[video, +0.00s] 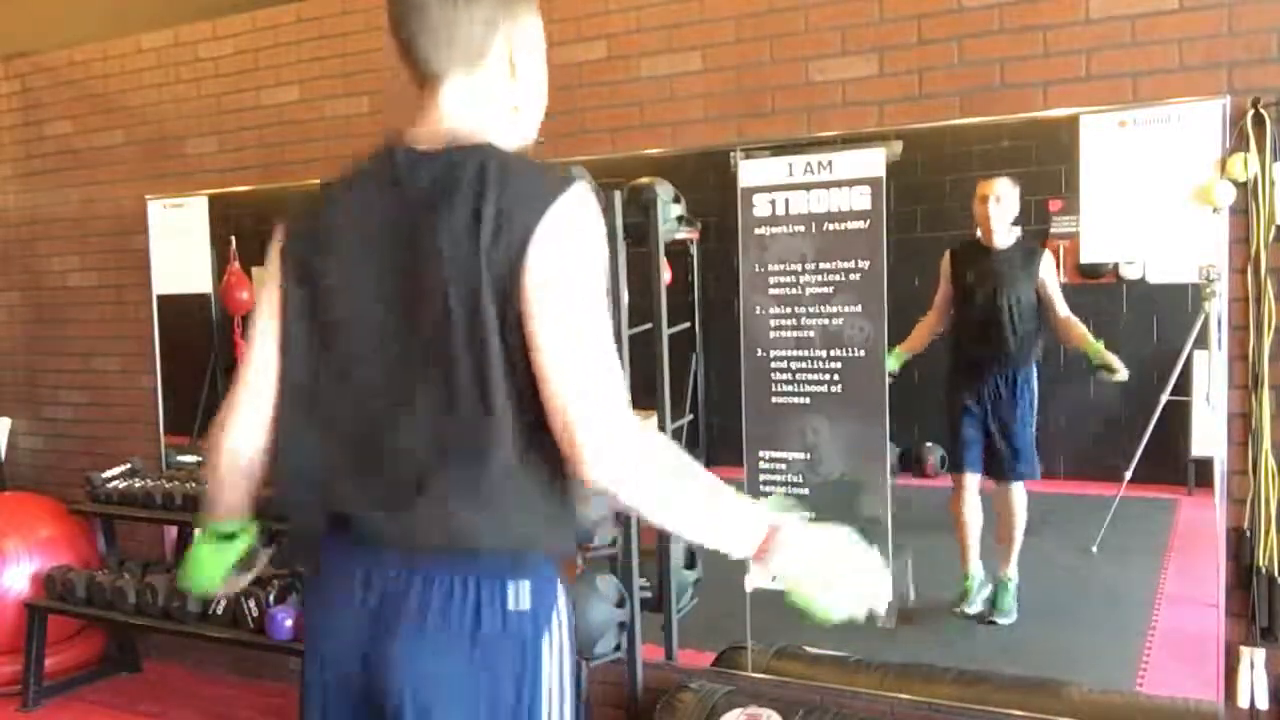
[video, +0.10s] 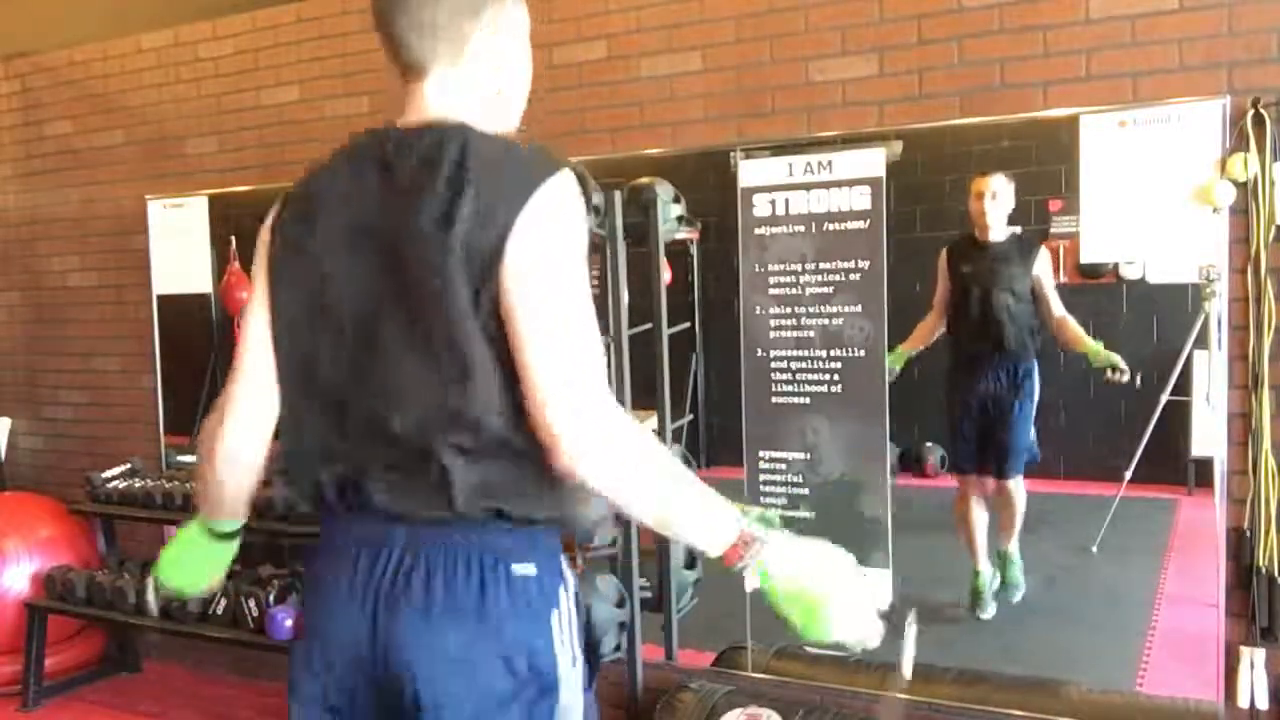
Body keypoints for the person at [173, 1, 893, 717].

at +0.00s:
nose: (545, 83)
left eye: (542, 56)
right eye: (541, 56)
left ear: (412, 62)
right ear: (513, 61)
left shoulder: (312, 223)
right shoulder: (543, 201)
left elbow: (241, 438)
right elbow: (601, 444)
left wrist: (219, 531)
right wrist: (775, 540)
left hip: (339, 595)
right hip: (488, 607)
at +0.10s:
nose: (530, 67)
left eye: (527, 44)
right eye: (526, 43)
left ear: (399, 53)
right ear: (499, 44)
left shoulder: (296, 212)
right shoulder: (527, 187)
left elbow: (240, 428)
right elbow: (580, 435)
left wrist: (213, 527)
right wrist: (761, 550)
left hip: (341, 572)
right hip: (492, 581)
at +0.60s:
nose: (514, 142)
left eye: (508, 116)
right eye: (508, 115)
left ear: (382, 128)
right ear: (482, 118)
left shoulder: (295, 280)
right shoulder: (507, 257)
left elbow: (224, 514)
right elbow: (583, 505)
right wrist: (777, 516)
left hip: (354, 642)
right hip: (501, 644)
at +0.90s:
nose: (544, 78)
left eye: (541, 52)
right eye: (539, 52)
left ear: (414, 54)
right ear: (512, 47)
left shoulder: (310, 219)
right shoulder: (541, 186)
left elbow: (260, 434)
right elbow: (603, 435)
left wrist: (237, 534)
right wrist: (779, 555)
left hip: (364, 584)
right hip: (517, 590)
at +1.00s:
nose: (557, 137)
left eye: (549, 115)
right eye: (551, 114)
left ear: (417, 127)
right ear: (525, 117)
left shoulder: (325, 279)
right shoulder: (556, 267)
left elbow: (261, 506)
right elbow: (627, 506)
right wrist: (829, 529)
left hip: (381, 644)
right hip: (533, 647)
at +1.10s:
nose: (562, 155)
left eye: (556, 135)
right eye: (557, 134)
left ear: (428, 145)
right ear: (535, 140)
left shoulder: (333, 309)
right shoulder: (572, 293)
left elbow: (261, 511)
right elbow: (669, 523)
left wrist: (359, 429)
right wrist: (857, 503)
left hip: (372, 678)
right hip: (531, 683)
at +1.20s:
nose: (560, 72)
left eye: (555, 49)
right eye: (554, 48)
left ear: (429, 60)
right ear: (526, 52)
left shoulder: (329, 236)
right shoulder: (568, 197)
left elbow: (262, 455)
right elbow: (642, 432)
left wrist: (249, 523)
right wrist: (821, 522)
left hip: (368, 595)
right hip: (519, 602)